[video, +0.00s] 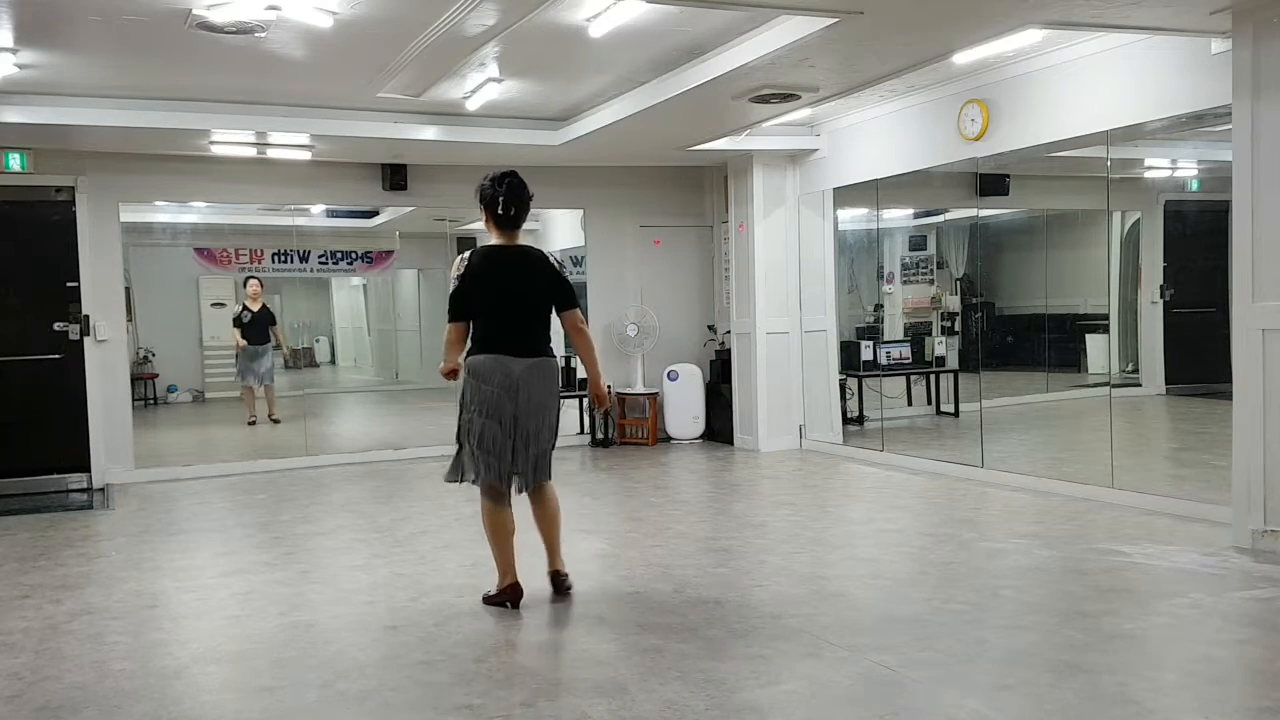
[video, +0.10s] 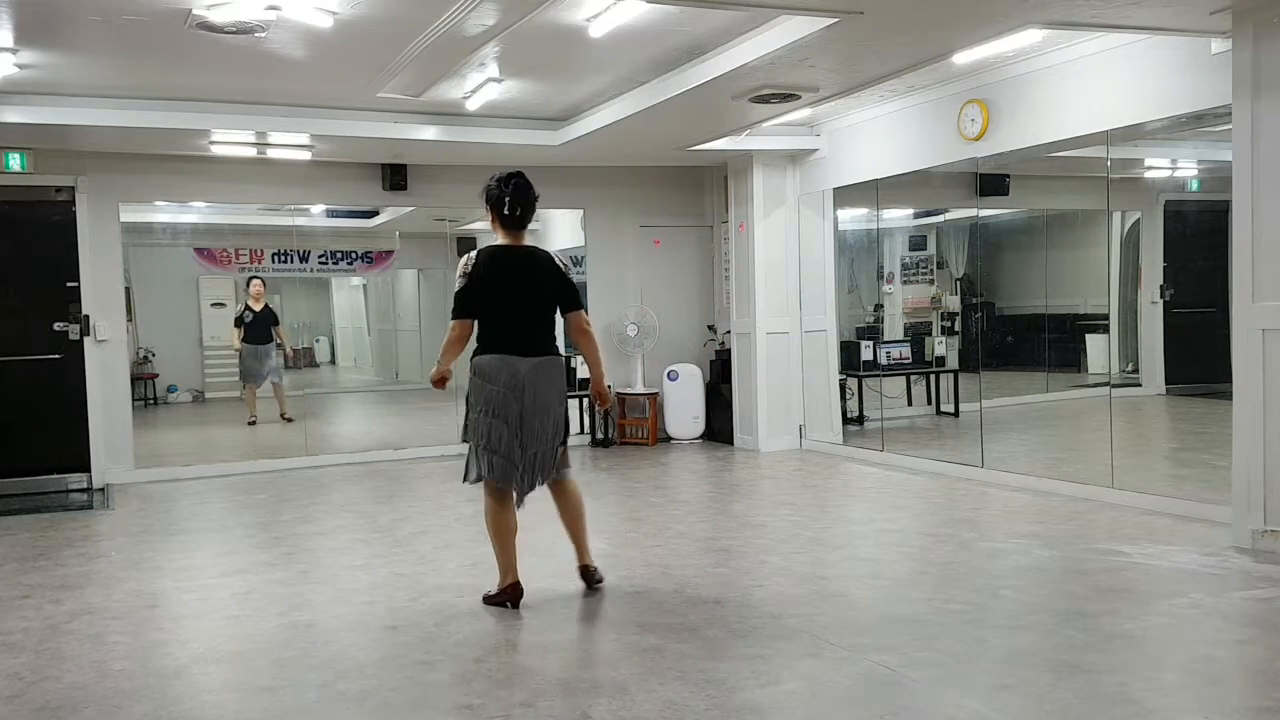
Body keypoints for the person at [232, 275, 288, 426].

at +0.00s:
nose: (254, 289)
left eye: (257, 286)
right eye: (251, 286)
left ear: (262, 289)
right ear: (245, 290)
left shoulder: (267, 309)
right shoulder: (240, 308)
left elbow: (275, 329)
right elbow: (236, 327)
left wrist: (283, 346)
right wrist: (239, 339)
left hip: (265, 349)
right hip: (247, 350)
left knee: (268, 382)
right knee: (247, 384)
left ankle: (272, 412)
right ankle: (252, 414)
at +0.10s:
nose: (258, 289)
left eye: (260, 286)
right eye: (254, 286)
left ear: (264, 289)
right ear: (248, 289)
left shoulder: (269, 308)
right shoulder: (243, 308)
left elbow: (278, 329)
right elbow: (236, 327)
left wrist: (287, 346)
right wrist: (236, 341)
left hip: (269, 348)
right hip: (249, 349)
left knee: (277, 380)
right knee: (250, 384)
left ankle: (283, 412)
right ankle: (253, 414)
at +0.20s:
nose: (261, 289)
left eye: (264, 286)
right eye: (258, 286)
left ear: (268, 289)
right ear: (252, 289)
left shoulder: (273, 308)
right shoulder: (247, 307)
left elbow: (282, 328)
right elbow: (239, 325)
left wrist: (290, 346)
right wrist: (234, 340)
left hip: (273, 349)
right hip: (253, 350)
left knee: (285, 380)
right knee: (252, 384)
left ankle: (295, 411)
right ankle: (252, 414)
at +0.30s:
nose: (267, 288)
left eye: (269, 285)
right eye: (263, 285)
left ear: (273, 288)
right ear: (257, 289)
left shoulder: (278, 307)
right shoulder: (252, 307)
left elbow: (287, 328)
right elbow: (243, 326)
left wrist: (296, 344)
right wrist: (232, 339)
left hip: (279, 348)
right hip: (259, 349)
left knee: (290, 380)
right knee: (256, 383)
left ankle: (301, 411)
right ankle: (253, 414)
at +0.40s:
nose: (273, 287)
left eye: (275, 284)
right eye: (269, 285)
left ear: (279, 287)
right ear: (263, 288)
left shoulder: (286, 307)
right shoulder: (260, 307)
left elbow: (295, 326)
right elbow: (249, 326)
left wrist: (304, 339)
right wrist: (236, 335)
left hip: (287, 347)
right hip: (267, 348)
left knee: (295, 379)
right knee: (261, 382)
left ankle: (302, 411)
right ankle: (254, 413)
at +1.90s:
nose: (282, 291)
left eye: (284, 287)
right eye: (278, 288)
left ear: (288, 290)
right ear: (273, 291)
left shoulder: (296, 309)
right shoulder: (268, 310)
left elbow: (305, 328)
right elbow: (263, 329)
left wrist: (313, 345)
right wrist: (261, 342)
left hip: (294, 346)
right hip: (275, 347)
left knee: (292, 380)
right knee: (283, 378)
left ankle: (290, 409)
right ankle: (283, 409)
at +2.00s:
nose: (280, 291)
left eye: (282, 288)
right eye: (277, 288)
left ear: (287, 290)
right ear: (272, 291)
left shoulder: (295, 309)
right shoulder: (266, 310)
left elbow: (304, 328)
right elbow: (262, 328)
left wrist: (312, 345)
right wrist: (261, 341)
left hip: (292, 346)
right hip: (274, 347)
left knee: (291, 380)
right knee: (277, 379)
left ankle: (290, 409)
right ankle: (276, 409)